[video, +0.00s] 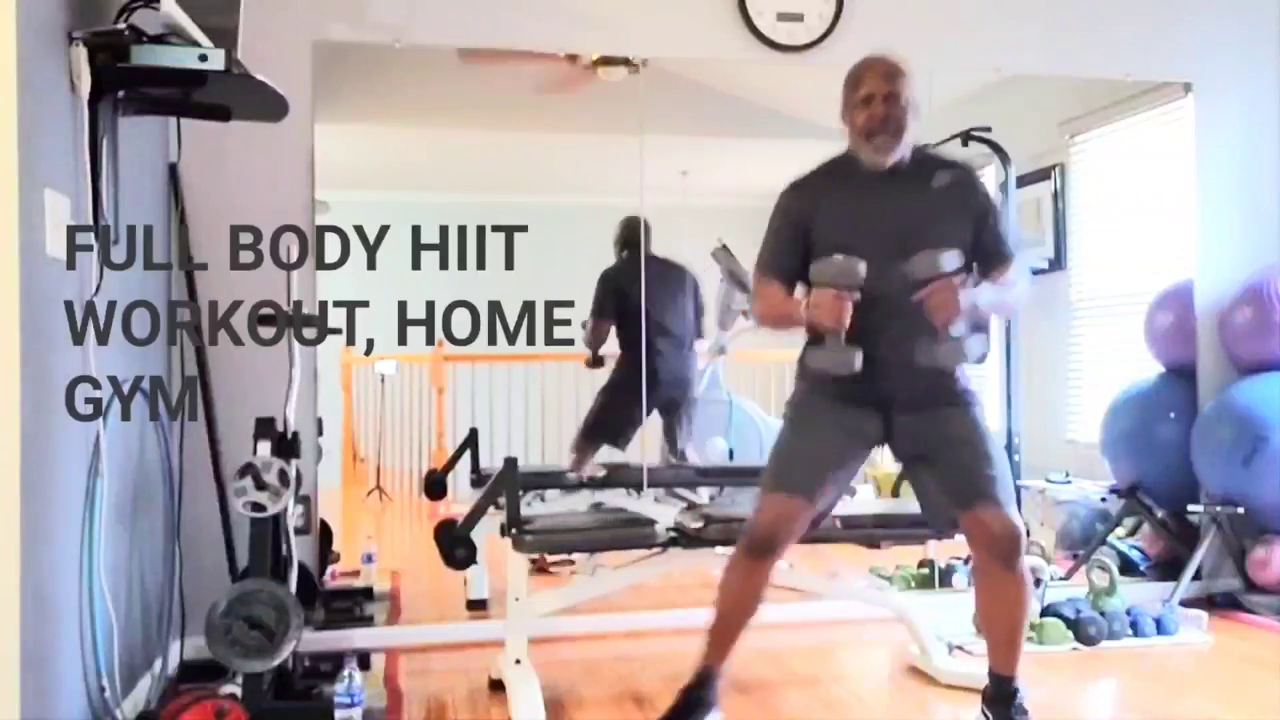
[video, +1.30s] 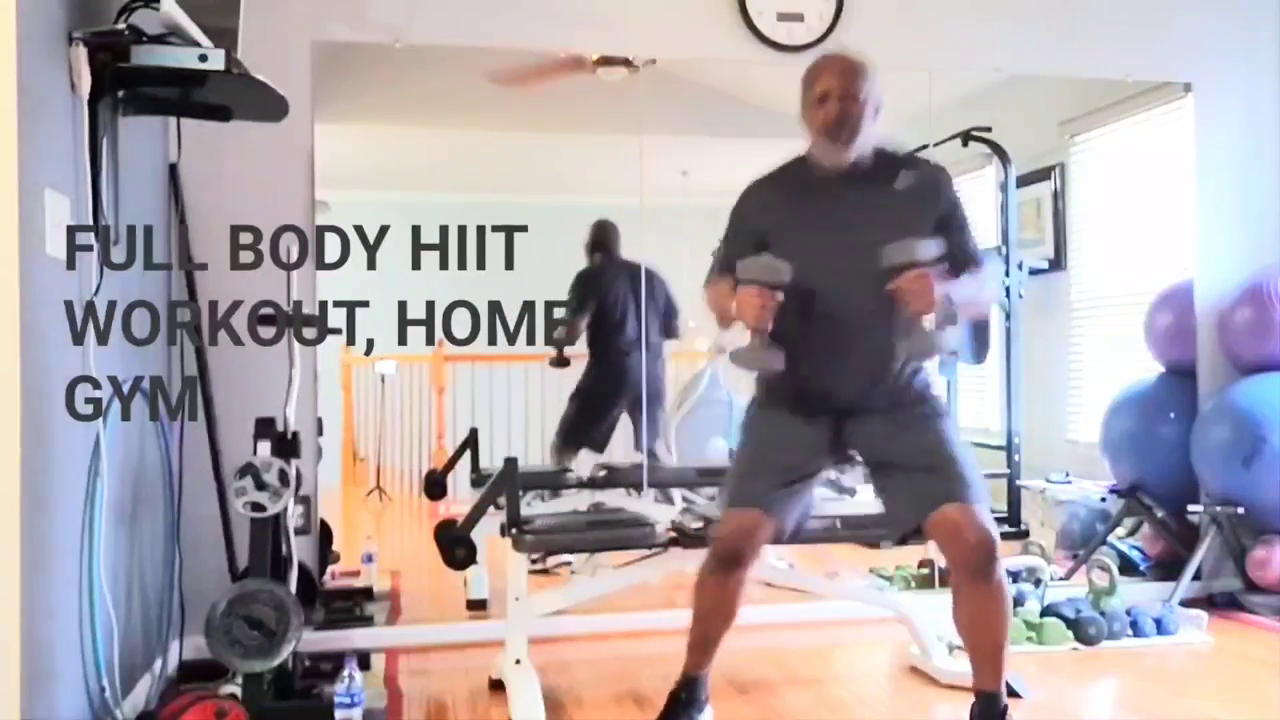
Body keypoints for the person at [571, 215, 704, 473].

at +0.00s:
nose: (614, 246)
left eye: (616, 242)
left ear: (620, 242)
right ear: (649, 240)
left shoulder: (614, 276)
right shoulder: (684, 275)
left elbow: (596, 337)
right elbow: (697, 333)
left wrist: (592, 347)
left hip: (636, 374)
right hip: (681, 373)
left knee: (583, 452)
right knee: (680, 454)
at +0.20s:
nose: (589, 255)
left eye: (590, 251)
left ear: (591, 254)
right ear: (618, 254)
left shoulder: (583, 289)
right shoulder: (649, 286)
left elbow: (562, 347)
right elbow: (665, 343)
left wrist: (564, 362)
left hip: (608, 386)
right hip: (653, 386)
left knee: (554, 455)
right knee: (662, 461)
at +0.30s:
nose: (574, 235)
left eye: (574, 230)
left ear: (574, 232)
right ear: (602, 231)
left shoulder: (566, 266)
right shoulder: (632, 264)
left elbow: (548, 315)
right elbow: (655, 316)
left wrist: (549, 346)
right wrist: (622, 324)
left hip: (588, 364)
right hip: (629, 364)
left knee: (553, 441)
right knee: (642, 439)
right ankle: (674, 498)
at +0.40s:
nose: (561, 219)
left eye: (561, 215)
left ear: (563, 215)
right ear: (592, 213)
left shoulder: (559, 243)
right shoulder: (620, 243)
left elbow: (546, 294)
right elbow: (637, 298)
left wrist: (531, 321)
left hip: (576, 345)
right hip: (617, 346)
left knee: (553, 424)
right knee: (617, 423)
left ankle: (551, 477)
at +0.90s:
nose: (550, 224)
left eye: (550, 219)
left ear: (552, 220)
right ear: (581, 218)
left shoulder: (547, 250)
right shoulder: (608, 248)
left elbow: (527, 297)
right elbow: (634, 307)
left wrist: (528, 335)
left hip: (572, 348)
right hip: (612, 348)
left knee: (546, 431)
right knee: (617, 426)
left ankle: (545, 491)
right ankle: (636, 477)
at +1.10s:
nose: (572, 269)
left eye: (572, 265)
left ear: (571, 266)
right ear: (598, 266)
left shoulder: (566, 299)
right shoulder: (626, 299)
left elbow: (551, 352)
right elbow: (638, 348)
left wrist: (547, 369)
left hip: (587, 397)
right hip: (631, 396)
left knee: (536, 459)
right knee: (637, 462)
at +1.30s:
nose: (587, 248)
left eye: (588, 243)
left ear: (591, 245)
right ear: (618, 244)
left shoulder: (590, 276)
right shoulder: (649, 276)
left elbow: (575, 329)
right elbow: (671, 329)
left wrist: (561, 345)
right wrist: (638, 327)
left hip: (608, 375)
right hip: (650, 375)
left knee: (565, 448)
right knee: (657, 448)